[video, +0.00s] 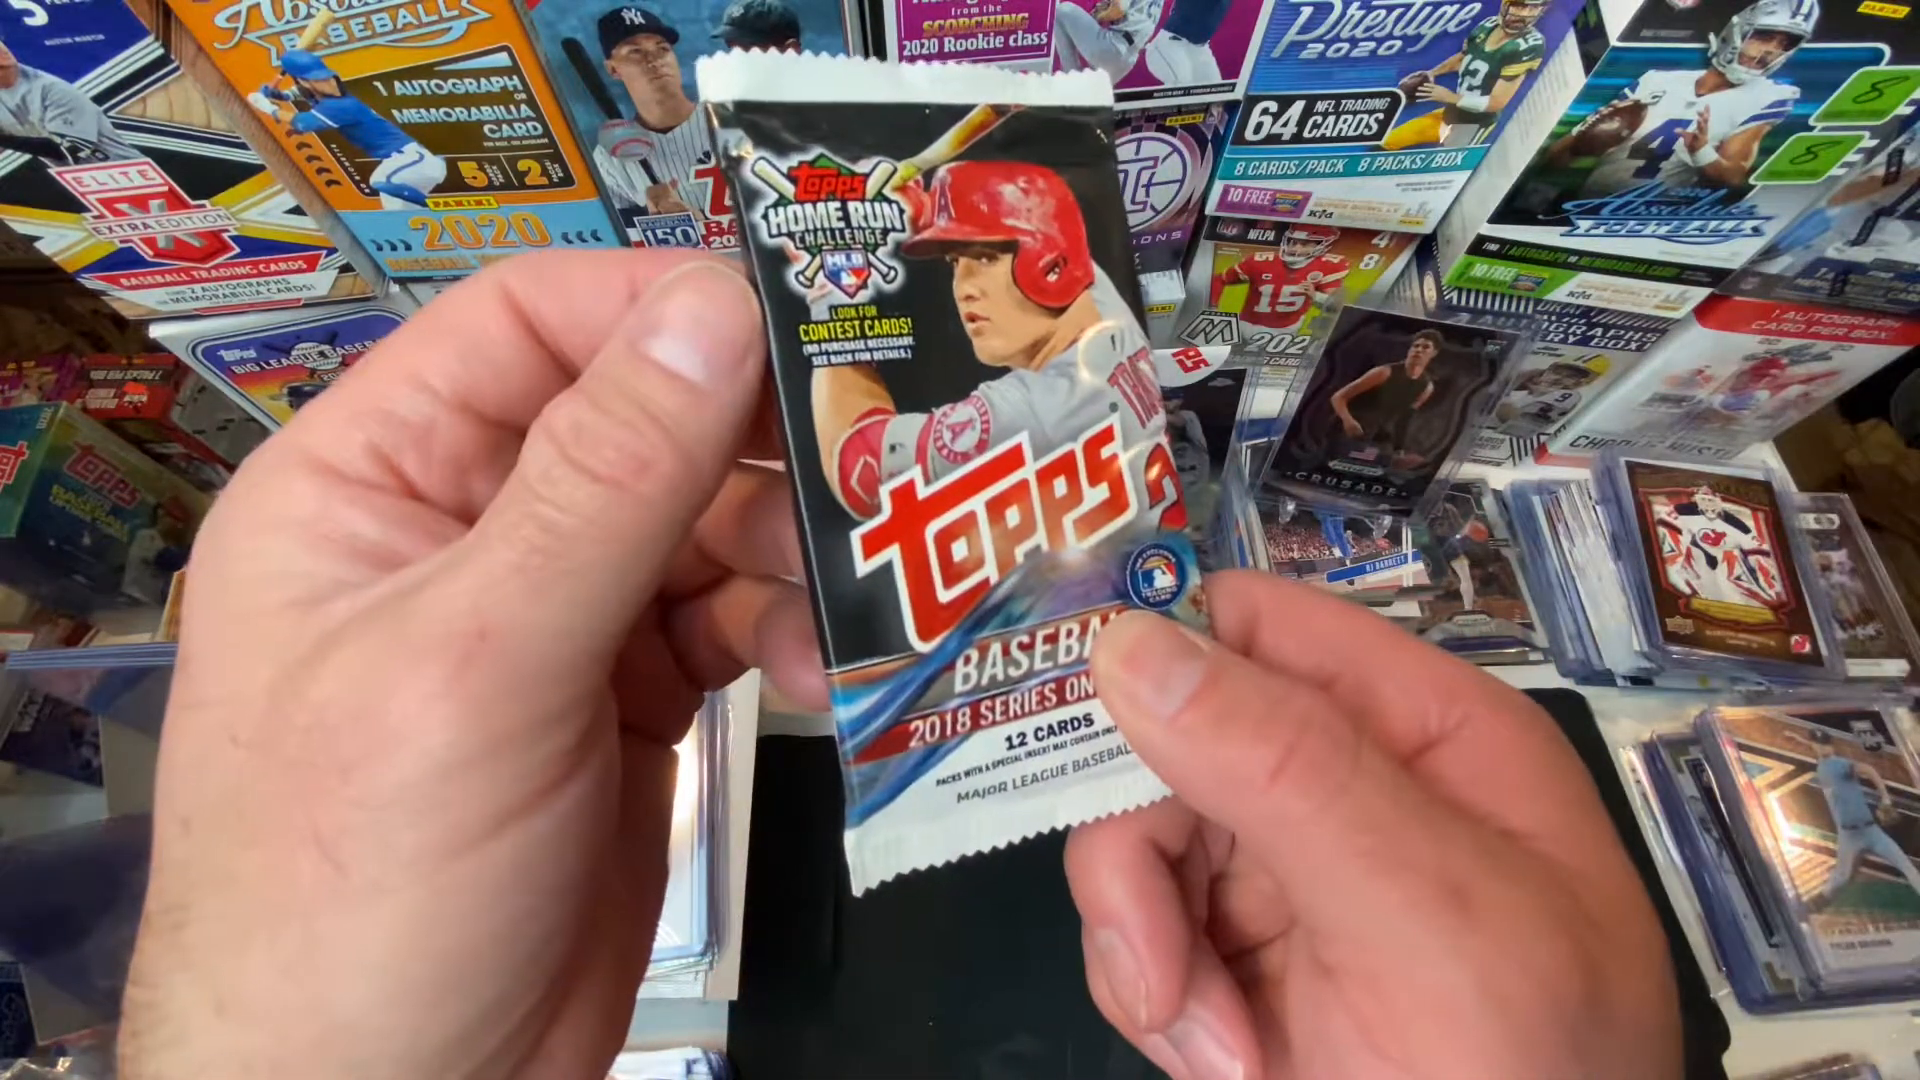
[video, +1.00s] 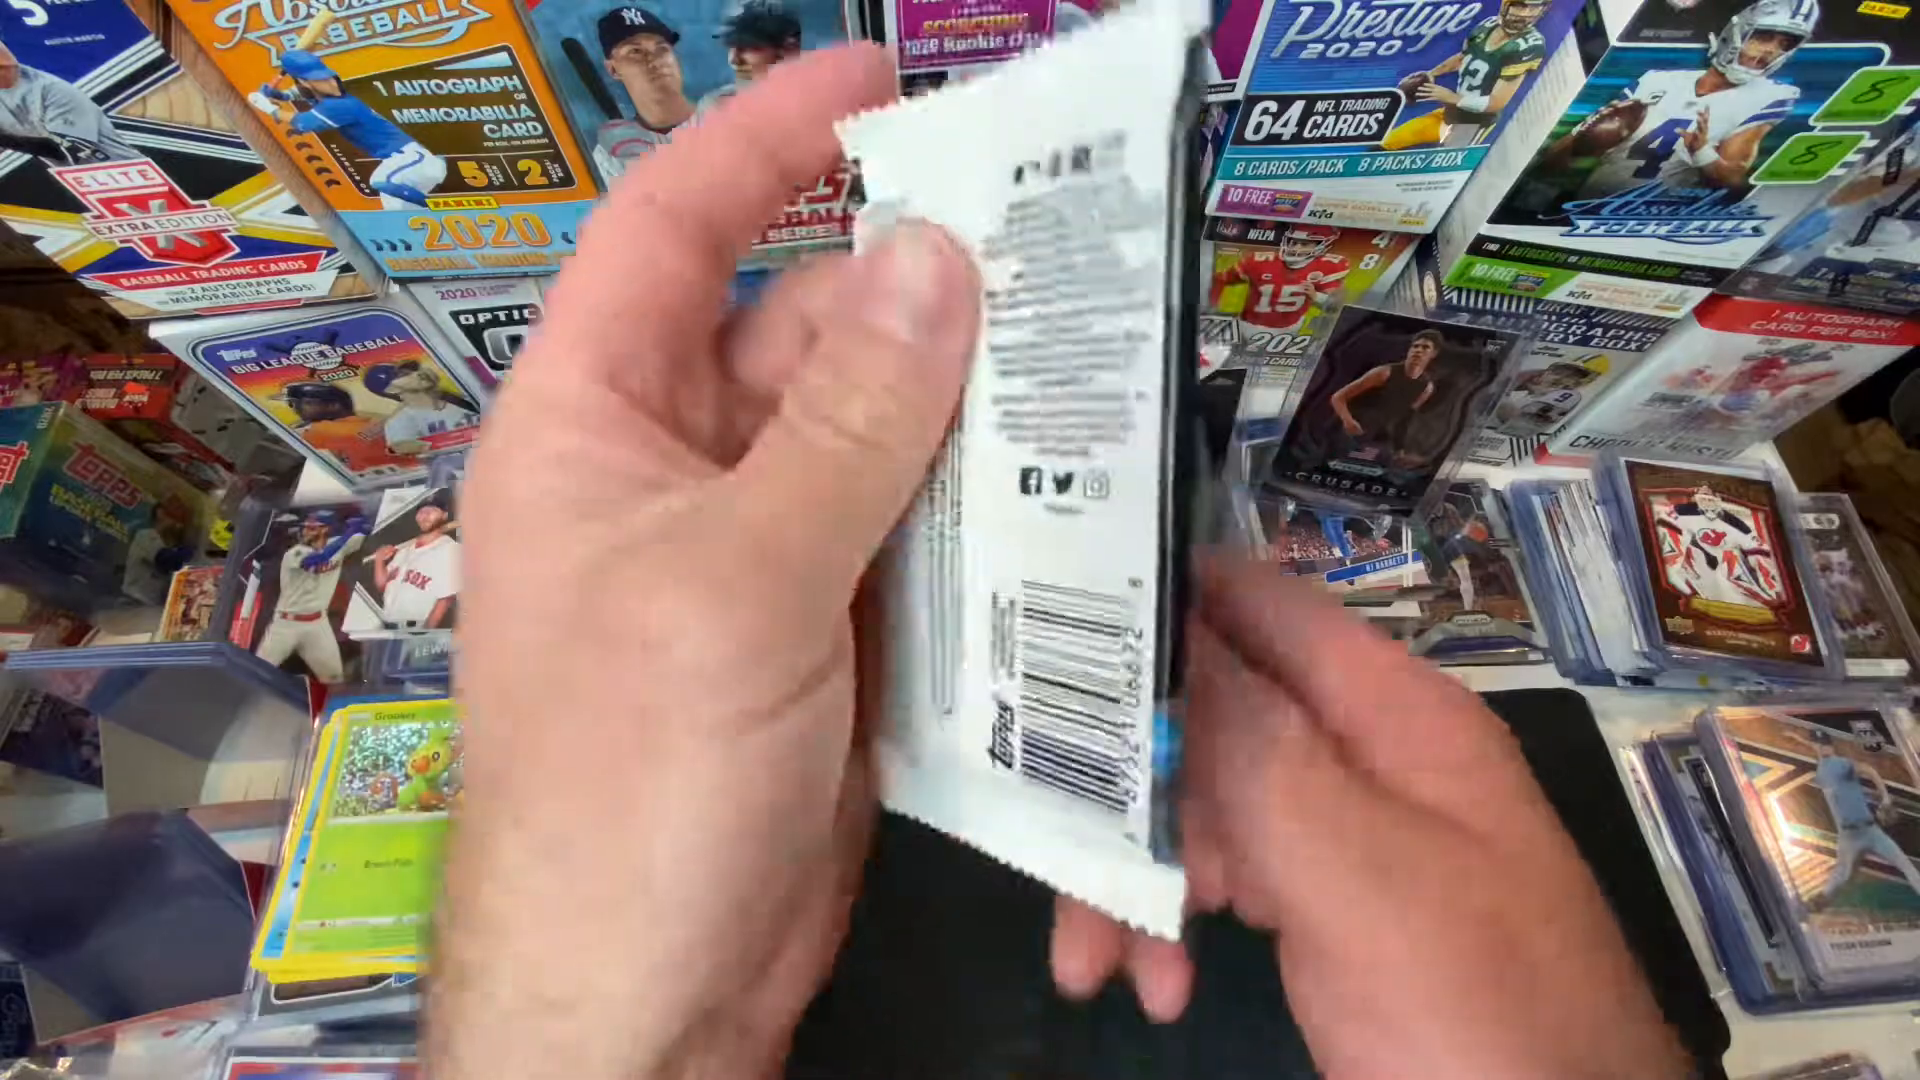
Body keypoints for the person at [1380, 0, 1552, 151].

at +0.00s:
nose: (1517, 13)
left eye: (1528, 7)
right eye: (1514, 5)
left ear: (1541, 10)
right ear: (1503, 4)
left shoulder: (1527, 47)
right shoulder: (1487, 26)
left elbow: (1496, 103)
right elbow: (1462, 58)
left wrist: (1450, 97)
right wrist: (1431, 73)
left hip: (1475, 125)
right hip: (1451, 112)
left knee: (1441, 176)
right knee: (1388, 141)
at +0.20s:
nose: (1515, 13)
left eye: (1527, 7)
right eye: (1512, 4)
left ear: (1541, 10)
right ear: (1503, 3)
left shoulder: (1527, 47)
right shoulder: (1487, 26)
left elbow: (1496, 103)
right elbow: (1463, 58)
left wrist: (1450, 97)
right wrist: (1431, 73)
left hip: (1476, 124)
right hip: (1451, 112)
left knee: (1442, 175)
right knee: (1389, 141)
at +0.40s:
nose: (1516, 13)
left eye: (1527, 7)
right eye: (1513, 5)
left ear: (1541, 11)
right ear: (1503, 4)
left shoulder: (1527, 47)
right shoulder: (1487, 26)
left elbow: (1496, 104)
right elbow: (1463, 58)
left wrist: (1450, 97)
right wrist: (1431, 73)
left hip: (1476, 124)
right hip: (1451, 111)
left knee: (1442, 175)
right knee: (1389, 141)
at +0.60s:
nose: (1518, 13)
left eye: (1529, 7)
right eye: (1514, 4)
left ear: (1542, 11)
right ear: (1503, 4)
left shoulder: (1526, 48)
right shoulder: (1487, 27)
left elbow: (1495, 104)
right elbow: (1463, 58)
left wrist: (1450, 97)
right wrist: (1431, 74)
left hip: (1477, 124)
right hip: (1452, 112)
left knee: (1442, 173)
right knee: (1390, 141)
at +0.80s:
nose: (1522, 13)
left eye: (1531, 7)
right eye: (1517, 5)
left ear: (1543, 10)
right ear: (1504, 5)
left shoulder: (1527, 47)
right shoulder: (1486, 27)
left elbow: (1496, 103)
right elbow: (1462, 58)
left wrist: (1449, 97)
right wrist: (1431, 74)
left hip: (1478, 123)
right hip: (1451, 111)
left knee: (1442, 172)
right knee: (1390, 141)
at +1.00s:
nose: (1522, 13)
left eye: (1531, 7)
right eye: (1517, 5)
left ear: (1543, 10)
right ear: (1504, 4)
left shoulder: (1527, 47)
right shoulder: (1486, 27)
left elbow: (1495, 104)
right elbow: (1462, 58)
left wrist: (1450, 97)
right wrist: (1431, 74)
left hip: (1478, 123)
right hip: (1451, 111)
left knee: (1443, 172)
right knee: (1390, 141)